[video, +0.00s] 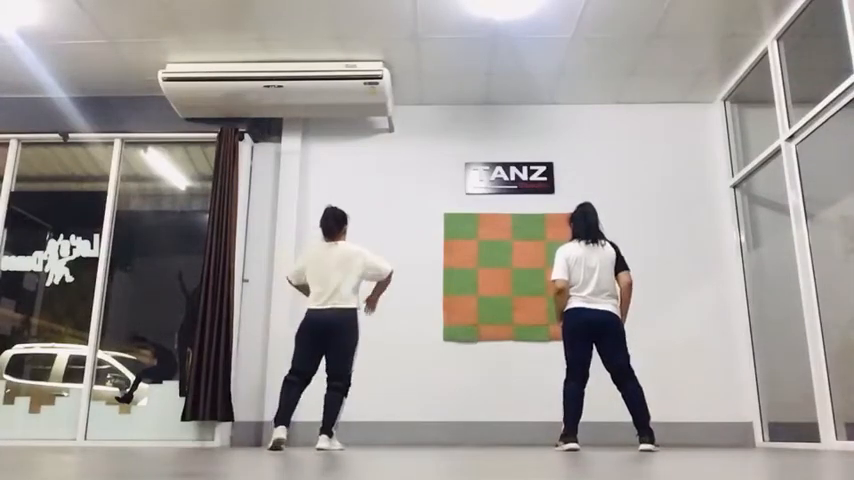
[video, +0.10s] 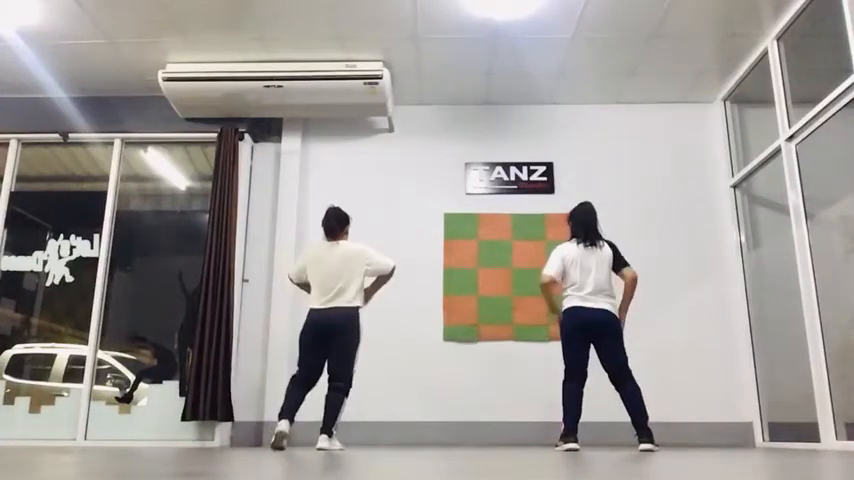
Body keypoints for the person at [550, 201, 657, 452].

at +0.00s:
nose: (569, 226)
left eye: (571, 222)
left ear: (573, 224)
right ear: (596, 222)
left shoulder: (566, 250)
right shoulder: (611, 248)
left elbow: (561, 287)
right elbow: (626, 282)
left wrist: (560, 316)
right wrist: (622, 317)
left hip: (576, 318)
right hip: (609, 318)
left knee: (575, 376)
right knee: (624, 376)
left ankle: (569, 435)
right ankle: (645, 434)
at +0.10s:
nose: (567, 226)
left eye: (569, 222)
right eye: (569, 222)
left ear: (572, 224)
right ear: (595, 223)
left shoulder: (564, 249)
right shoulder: (608, 248)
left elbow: (546, 280)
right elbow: (631, 276)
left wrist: (555, 308)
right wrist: (623, 312)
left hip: (574, 317)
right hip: (606, 317)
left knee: (574, 376)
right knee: (622, 376)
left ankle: (569, 435)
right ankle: (645, 434)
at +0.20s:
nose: (568, 225)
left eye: (568, 221)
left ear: (572, 223)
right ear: (595, 221)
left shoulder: (563, 246)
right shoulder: (607, 245)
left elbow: (535, 271)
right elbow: (636, 268)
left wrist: (548, 301)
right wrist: (624, 299)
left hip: (576, 315)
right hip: (607, 316)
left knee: (575, 375)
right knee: (618, 374)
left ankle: (569, 433)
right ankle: (635, 434)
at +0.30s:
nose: (568, 223)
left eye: (569, 219)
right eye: (571, 218)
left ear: (573, 222)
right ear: (595, 220)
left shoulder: (566, 244)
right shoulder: (609, 242)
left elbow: (539, 270)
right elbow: (637, 269)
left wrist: (553, 297)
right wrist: (618, 290)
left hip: (582, 315)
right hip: (613, 315)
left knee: (578, 373)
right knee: (616, 375)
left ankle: (572, 428)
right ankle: (619, 436)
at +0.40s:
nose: (571, 230)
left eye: (572, 226)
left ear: (574, 228)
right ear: (597, 225)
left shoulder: (569, 247)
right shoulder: (613, 244)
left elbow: (553, 282)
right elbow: (631, 280)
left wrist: (570, 302)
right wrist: (610, 293)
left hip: (584, 319)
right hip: (616, 319)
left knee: (582, 374)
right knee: (617, 377)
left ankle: (582, 426)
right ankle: (619, 437)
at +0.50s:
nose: (572, 236)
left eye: (573, 232)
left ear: (576, 233)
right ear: (599, 230)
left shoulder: (572, 253)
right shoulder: (617, 251)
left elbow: (566, 292)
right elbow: (624, 284)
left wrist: (579, 307)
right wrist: (611, 303)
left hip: (587, 322)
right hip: (619, 321)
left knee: (589, 378)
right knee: (618, 379)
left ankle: (593, 434)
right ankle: (619, 437)